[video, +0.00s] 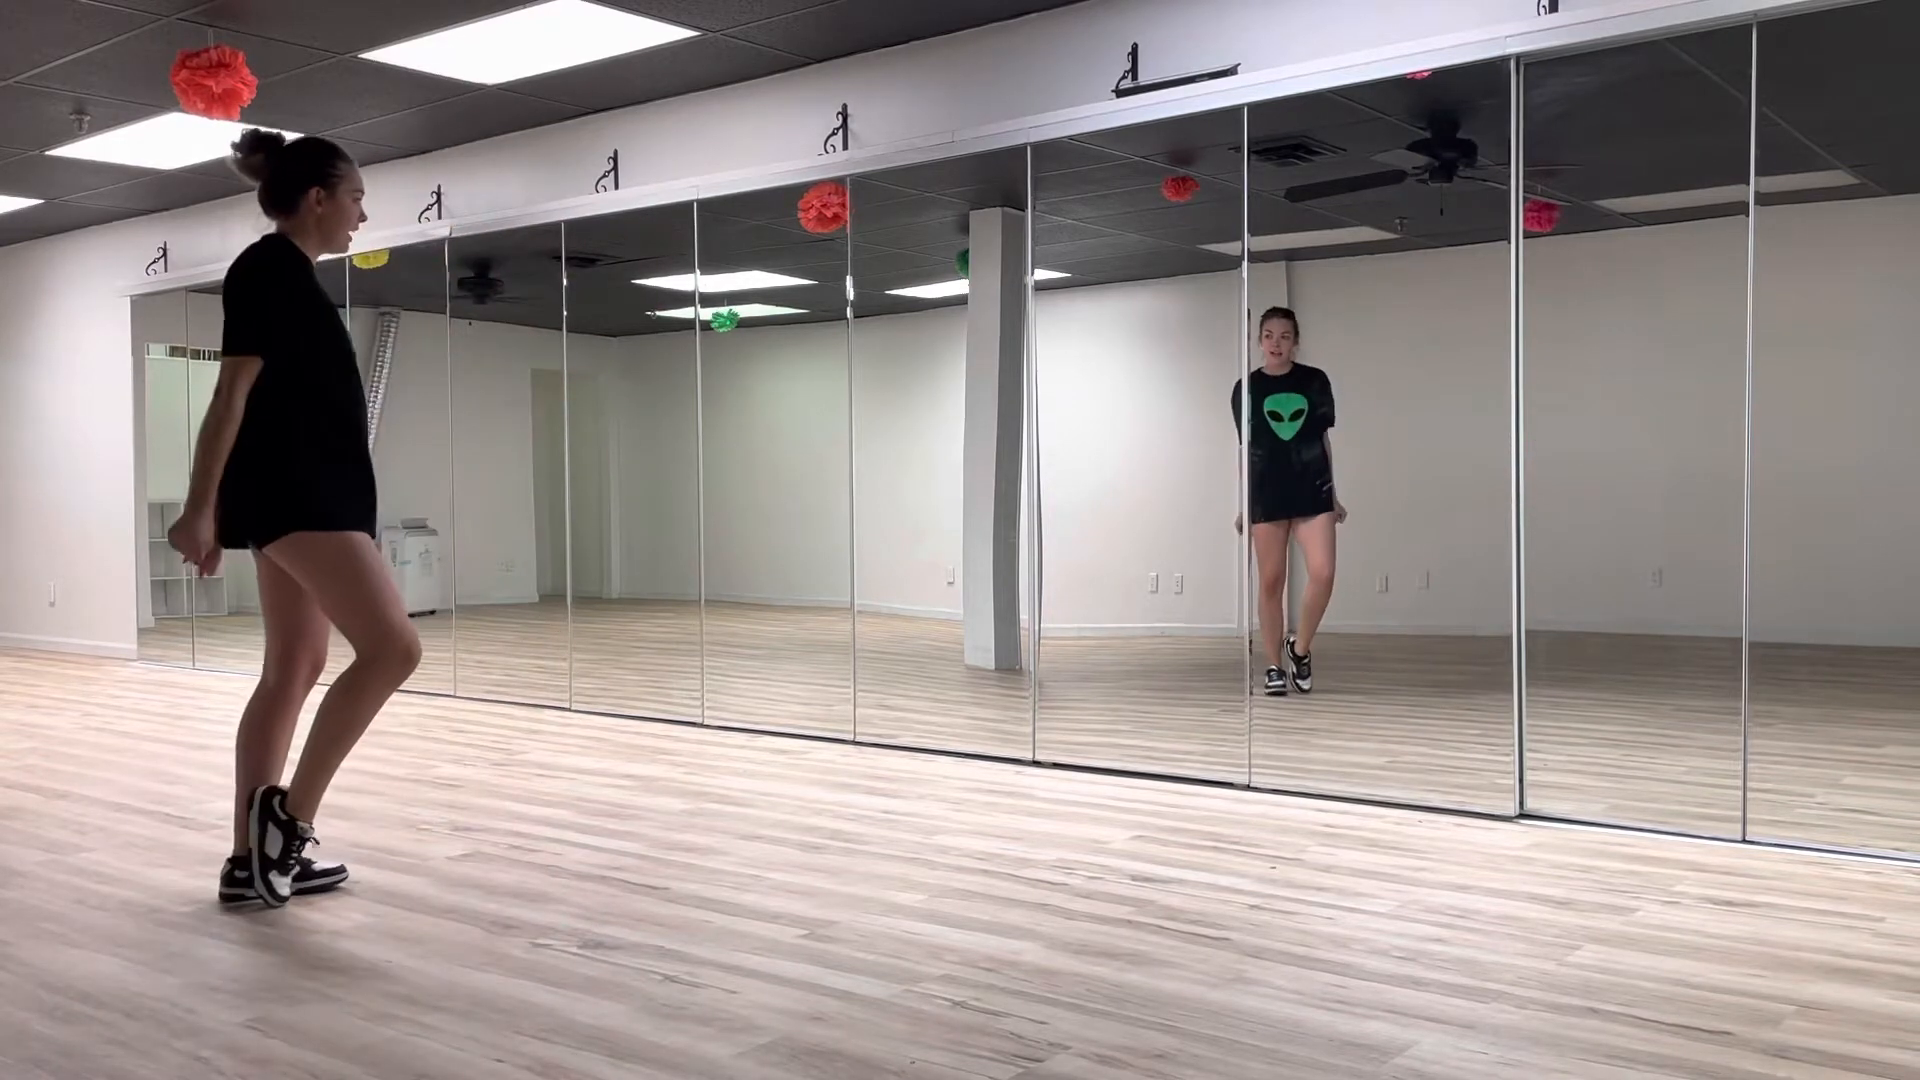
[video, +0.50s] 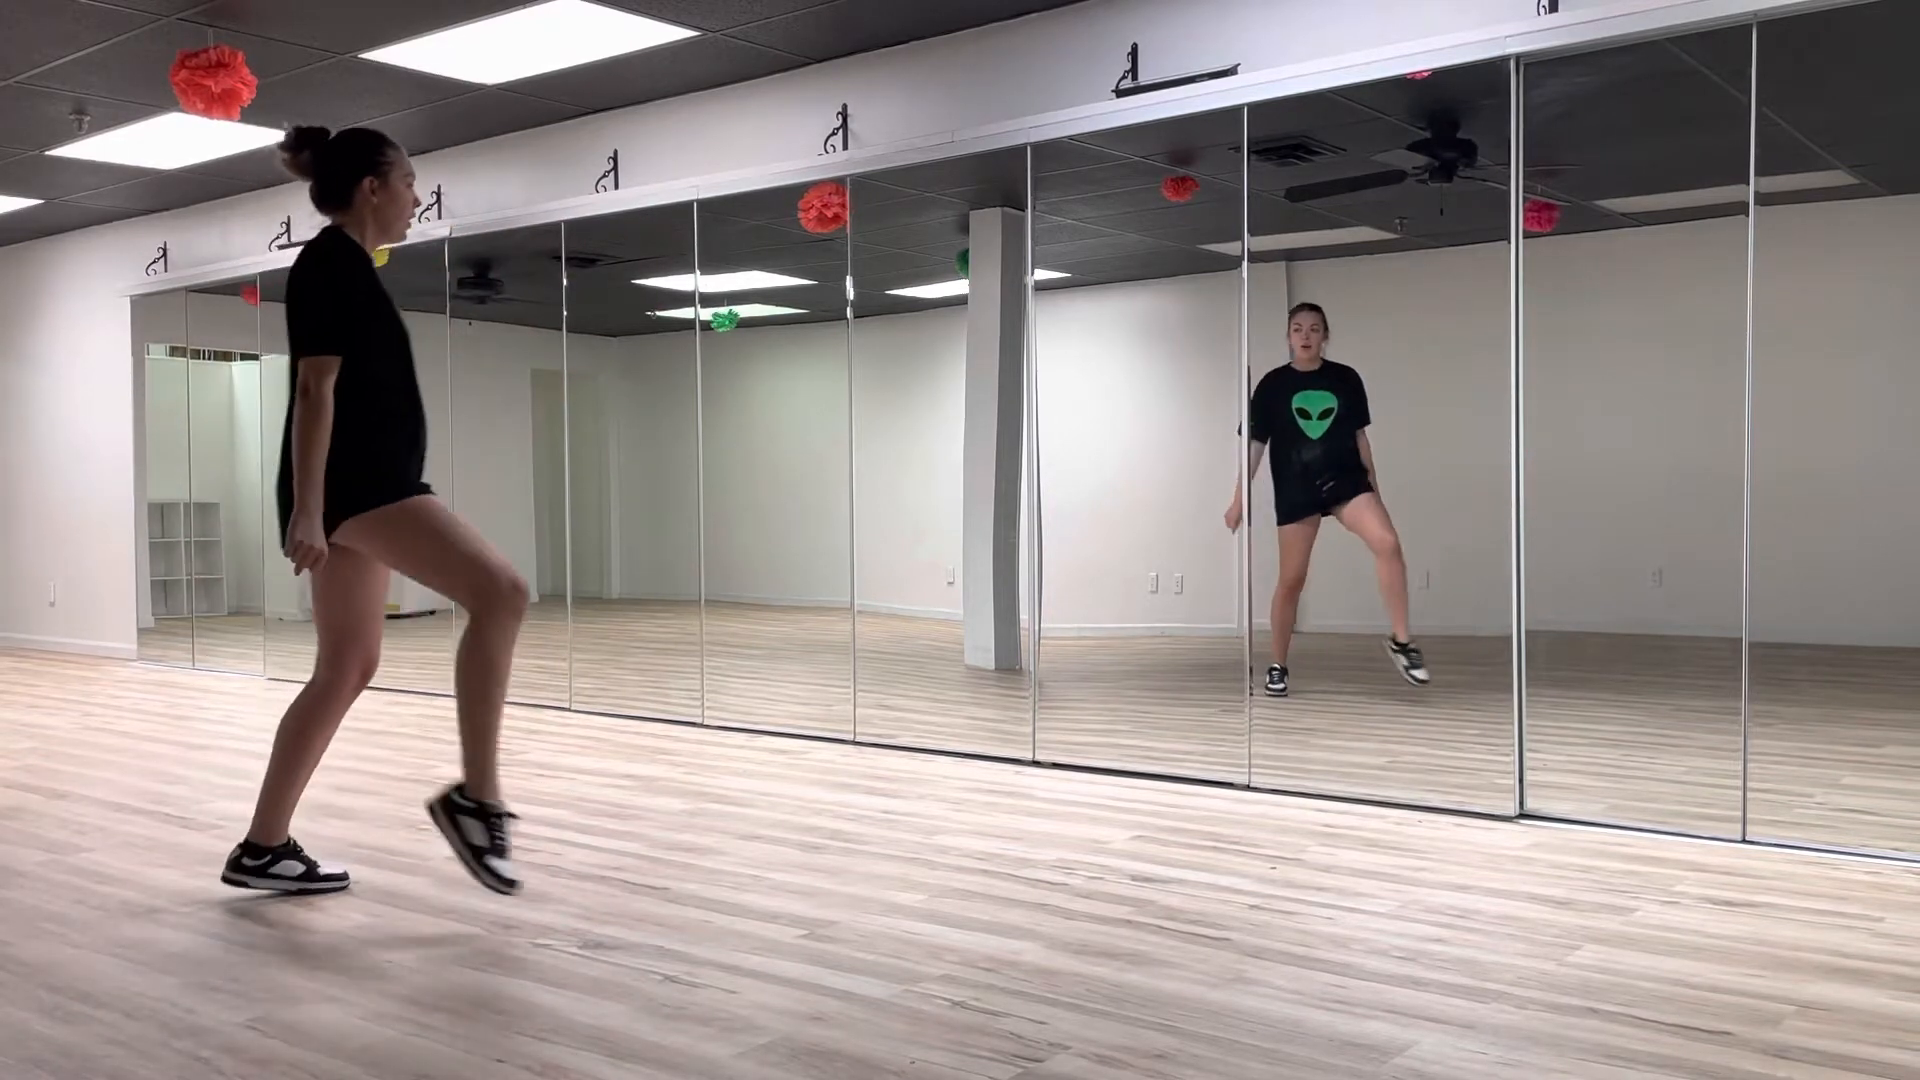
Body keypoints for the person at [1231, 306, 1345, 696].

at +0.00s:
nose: (1276, 342)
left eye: (1284, 336)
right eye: (1269, 335)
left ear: (1296, 341)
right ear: (1259, 340)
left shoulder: (1316, 380)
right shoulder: (1245, 388)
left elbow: (1323, 441)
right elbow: (1245, 451)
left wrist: (1332, 496)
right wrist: (1243, 506)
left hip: (1313, 493)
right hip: (1265, 496)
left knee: (1323, 575)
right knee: (1271, 581)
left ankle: (1301, 650)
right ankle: (1274, 666)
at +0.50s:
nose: (1306, 335)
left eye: (1314, 329)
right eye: (1298, 329)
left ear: (1325, 336)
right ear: (1287, 336)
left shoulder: (1346, 378)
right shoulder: (1272, 384)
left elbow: (1360, 437)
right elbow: (1255, 446)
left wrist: (1372, 488)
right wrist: (1238, 498)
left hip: (1345, 482)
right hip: (1296, 489)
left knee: (1388, 544)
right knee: (1290, 582)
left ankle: (1402, 641)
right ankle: (1278, 665)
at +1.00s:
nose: (1329, 339)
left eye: (1338, 333)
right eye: (1323, 333)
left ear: (1353, 339)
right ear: (1315, 339)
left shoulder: (1375, 380)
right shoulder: (1304, 388)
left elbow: (1398, 443)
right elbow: (1305, 453)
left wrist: (1422, 500)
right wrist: (1309, 505)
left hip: (1378, 492)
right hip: (1329, 496)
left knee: (1396, 579)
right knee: (1304, 588)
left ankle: (1436, 675)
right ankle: (1323, 675)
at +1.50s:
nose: (1267, 335)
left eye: (1276, 328)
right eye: (1264, 328)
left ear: (1296, 334)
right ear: (1260, 333)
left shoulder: (1309, 378)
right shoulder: (1261, 381)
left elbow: (1329, 445)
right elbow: (1259, 440)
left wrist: (1347, 504)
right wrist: (1256, 492)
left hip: (1297, 490)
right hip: (1268, 491)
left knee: (1264, 570)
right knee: (1274, 587)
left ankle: (1258, 677)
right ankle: (1323, 669)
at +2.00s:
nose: (1246, 343)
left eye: (1251, 336)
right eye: (1246, 336)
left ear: (1272, 341)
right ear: (1278, 342)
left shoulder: (1258, 385)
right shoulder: (1304, 387)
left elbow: (1241, 440)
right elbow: (1322, 447)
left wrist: (1208, 489)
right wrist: (1331, 500)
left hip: (1257, 494)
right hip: (1300, 499)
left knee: (1203, 566)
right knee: (1280, 591)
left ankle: (1226, 625)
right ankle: (1313, 681)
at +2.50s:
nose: (1209, 359)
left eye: (1211, 353)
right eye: (1213, 352)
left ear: (1217, 355)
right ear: (1248, 358)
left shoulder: (1199, 398)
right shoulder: (1266, 404)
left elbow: (1179, 463)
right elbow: (1268, 474)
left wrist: (1154, 519)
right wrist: (1270, 533)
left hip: (1188, 507)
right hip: (1236, 512)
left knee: (1173, 592)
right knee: (1260, 596)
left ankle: (1147, 683)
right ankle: (1292, 676)